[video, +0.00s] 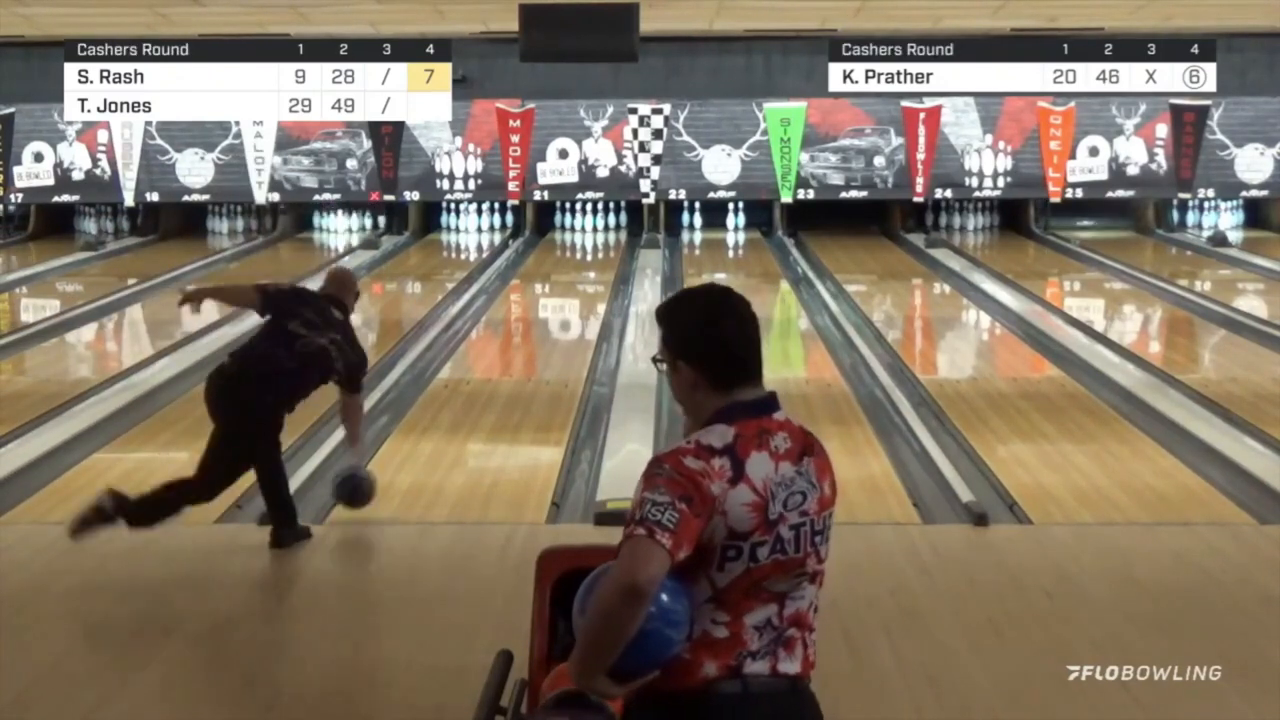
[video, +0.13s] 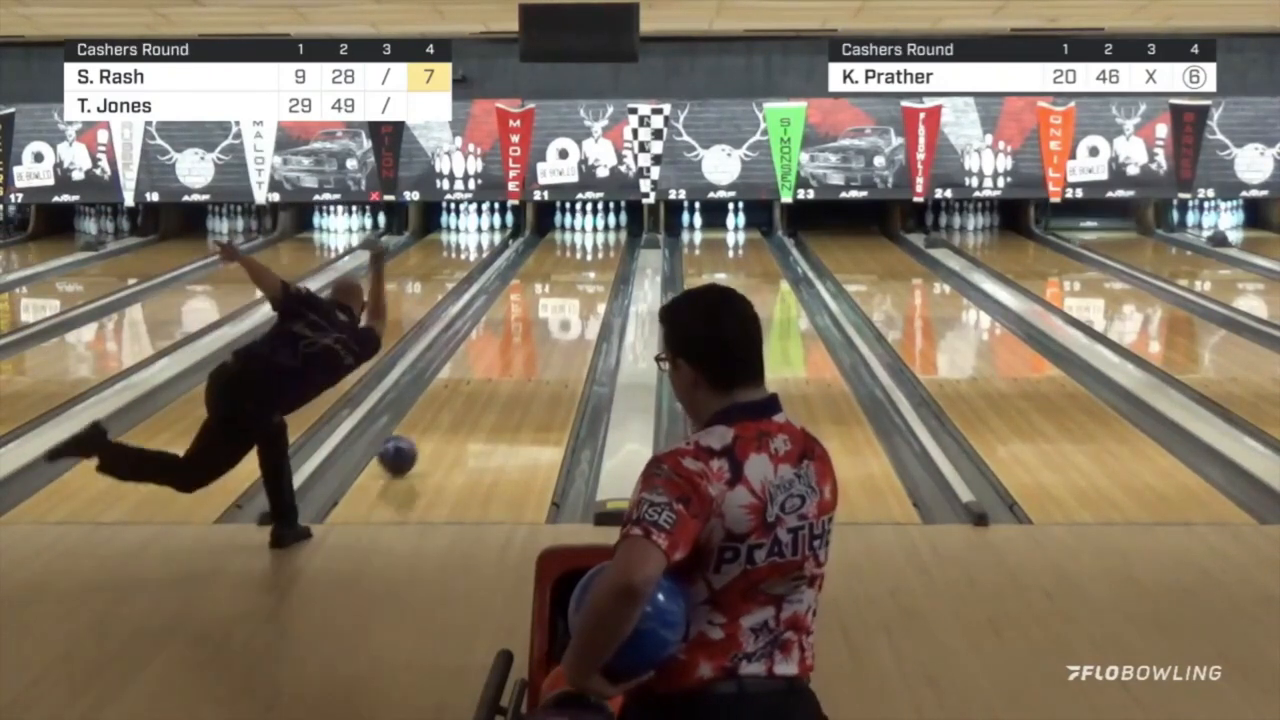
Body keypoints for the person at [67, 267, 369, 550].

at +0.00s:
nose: (355, 299)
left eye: (347, 291)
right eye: (355, 295)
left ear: (324, 287)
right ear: (352, 299)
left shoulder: (296, 297)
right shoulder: (350, 350)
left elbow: (248, 295)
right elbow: (351, 407)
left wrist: (205, 292)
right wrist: (356, 444)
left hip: (221, 385)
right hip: (257, 410)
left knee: (267, 450)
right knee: (205, 486)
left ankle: (285, 529)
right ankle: (122, 508)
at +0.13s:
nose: (358, 301)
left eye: (350, 296)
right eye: (359, 300)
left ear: (329, 297)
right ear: (359, 312)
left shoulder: (302, 302)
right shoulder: (359, 342)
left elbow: (271, 283)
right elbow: (377, 316)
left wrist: (241, 257)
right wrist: (378, 266)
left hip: (222, 381)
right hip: (248, 412)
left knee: (274, 433)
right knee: (188, 477)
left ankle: (285, 525)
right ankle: (100, 447)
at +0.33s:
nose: (378, 297)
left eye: (374, 291)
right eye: (375, 293)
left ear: (343, 292)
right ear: (363, 299)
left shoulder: (303, 298)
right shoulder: (363, 330)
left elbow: (248, 283)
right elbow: (410, 332)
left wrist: (199, 264)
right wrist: (421, 284)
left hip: (226, 372)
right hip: (247, 392)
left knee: (281, 430)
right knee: (202, 473)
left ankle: (282, 526)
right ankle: (104, 470)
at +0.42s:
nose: (375, 301)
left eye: (374, 296)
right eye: (375, 296)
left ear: (341, 289)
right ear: (367, 297)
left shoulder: (301, 297)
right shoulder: (359, 328)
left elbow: (240, 291)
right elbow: (408, 363)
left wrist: (181, 280)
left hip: (225, 372)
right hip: (248, 390)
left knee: (285, 431)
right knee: (206, 471)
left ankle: (283, 526)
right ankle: (120, 511)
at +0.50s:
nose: (373, 301)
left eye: (372, 295)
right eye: (374, 296)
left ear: (341, 287)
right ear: (367, 296)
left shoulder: (301, 297)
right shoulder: (358, 331)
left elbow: (240, 298)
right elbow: (391, 383)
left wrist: (181, 292)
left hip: (224, 373)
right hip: (246, 390)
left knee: (286, 431)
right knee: (211, 471)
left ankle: (283, 526)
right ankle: (125, 511)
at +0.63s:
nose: (375, 295)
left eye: (374, 290)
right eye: (375, 290)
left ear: (341, 285)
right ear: (370, 294)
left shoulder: (304, 296)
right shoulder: (359, 340)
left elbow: (245, 302)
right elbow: (355, 408)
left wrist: (191, 304)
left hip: (225, 366)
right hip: (249, 390)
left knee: (285, 434)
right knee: (210, 469)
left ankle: (283, 526)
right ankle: (131, 516)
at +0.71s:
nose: (377, 296)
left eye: (376, 290)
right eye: (377, 290)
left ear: (342, 284)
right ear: (372, 293)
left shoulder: (304, 293)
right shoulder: (358, 337)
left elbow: (245, 302)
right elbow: (333, 407)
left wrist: (193, 304)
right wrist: (318, 461)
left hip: (225, 366)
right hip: (250, 390)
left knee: (285, 435)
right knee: (209, 466)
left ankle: (283, 526)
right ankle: (131, 517)